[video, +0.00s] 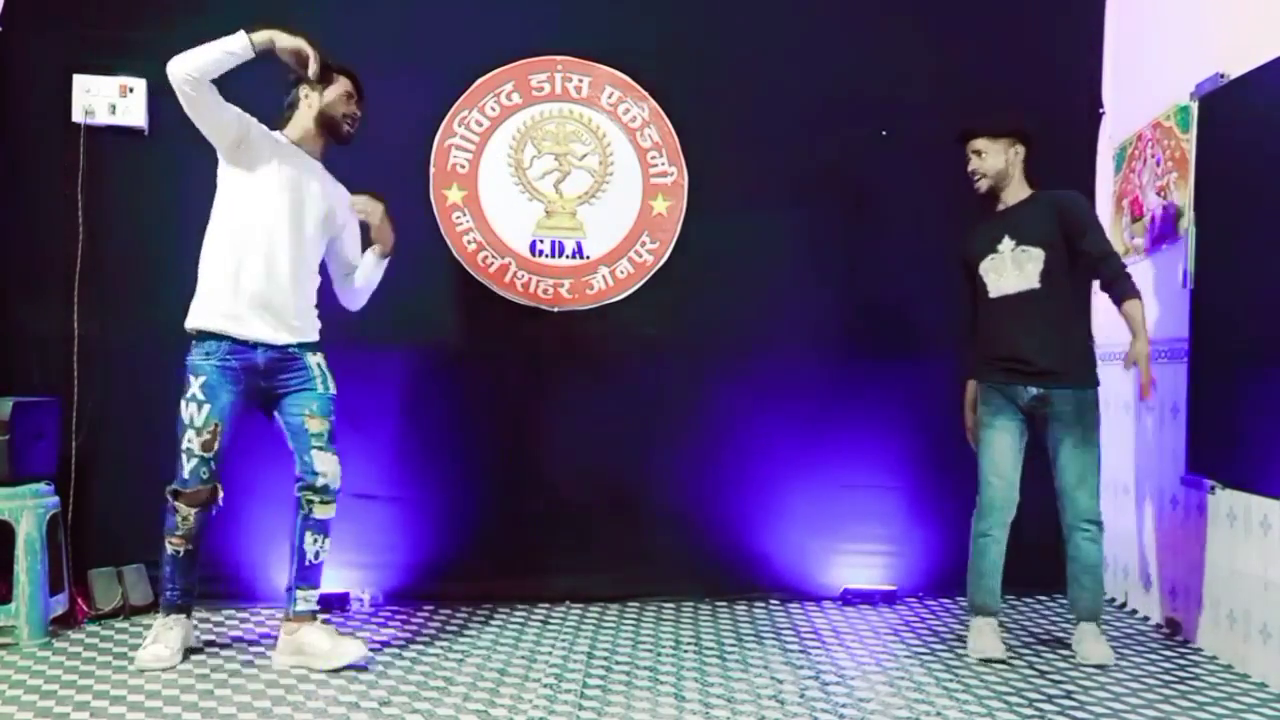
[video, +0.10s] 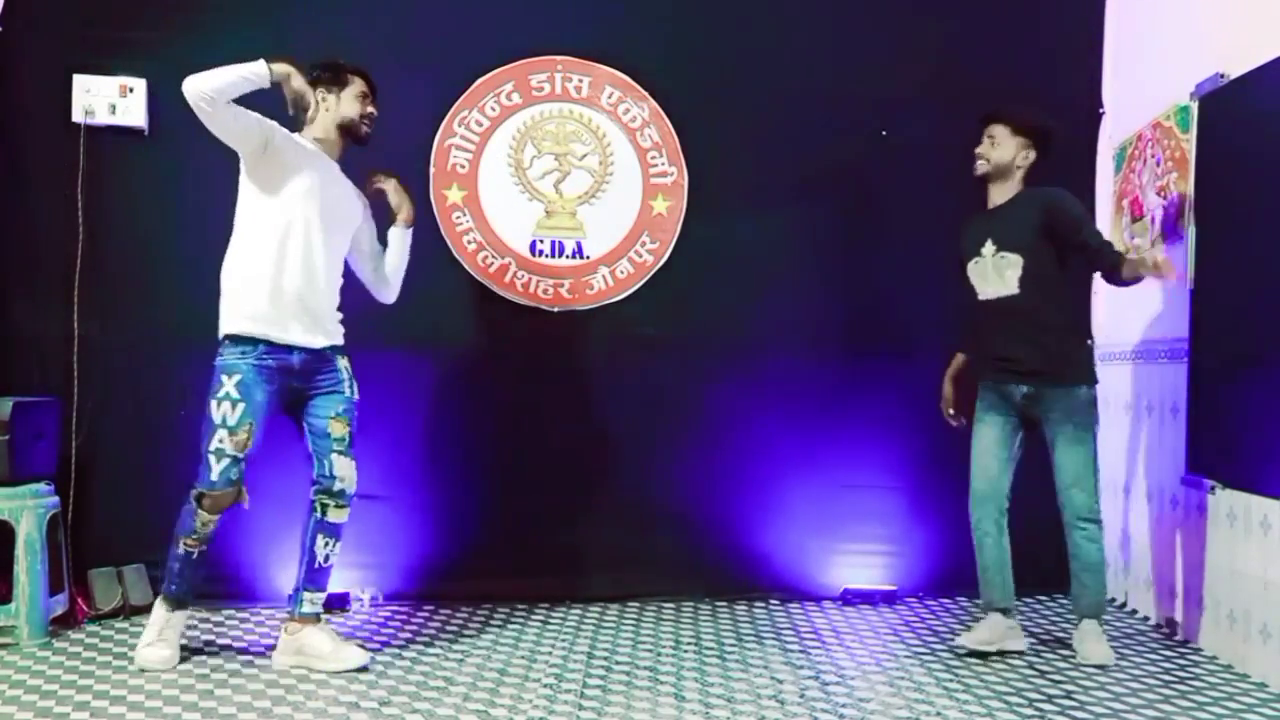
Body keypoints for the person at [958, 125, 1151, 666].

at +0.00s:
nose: (971, 166)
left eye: (980, 154)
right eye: (969, 157)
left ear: (1015, 153)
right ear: (979, 163)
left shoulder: (1064, 208)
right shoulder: (978, 235)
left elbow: (1111, 272)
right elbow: (975, 320)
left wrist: (1139, 335)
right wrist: (971, 391)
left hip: (1067, 381)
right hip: (998, 384)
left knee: (1080, 509)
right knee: (994, 504)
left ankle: (1087, 624)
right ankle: (983, 620)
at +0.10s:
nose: (981, 148)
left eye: (994, 140)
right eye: (981, 141)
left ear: (1025, 154)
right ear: (985, 154)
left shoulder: (1052, 205)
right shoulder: (975, 227)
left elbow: (1107, 263)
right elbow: (986, 313)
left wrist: (1139, 265)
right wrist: (956, 368)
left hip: (1064, 382)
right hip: (996, 382)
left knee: (1079, 507)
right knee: (985, 501)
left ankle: (1089, 623)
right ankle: (1000, 618)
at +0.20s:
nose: (981, 147)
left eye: (996, 145)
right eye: (985, 140)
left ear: (1019, 168)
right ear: (982, 157)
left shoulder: (1035, 211)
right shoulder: (964, 224)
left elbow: (1109, 270)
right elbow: (984, 302)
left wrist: (1106, 224)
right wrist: (943, 337)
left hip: (1054, 381)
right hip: (994, 380)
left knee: (1072, 506)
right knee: (975, 494)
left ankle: (1091, 623)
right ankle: (1016, 614)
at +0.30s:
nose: (962, 155)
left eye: (978, 154)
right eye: (967, 148)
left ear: (1001, 179)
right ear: (960, 172)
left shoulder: (1012, 219)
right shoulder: (952, 229)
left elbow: (1087, 281)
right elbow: (967, 301)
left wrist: (1040, 240)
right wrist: (923, 337)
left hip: (1040, 385)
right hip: (986, 386)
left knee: (1042, 504)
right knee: (974, 504)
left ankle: (1087, 616)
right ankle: (1015, 622)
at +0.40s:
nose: (930, 168)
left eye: (945, 165)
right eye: (931, 162)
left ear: (971, 186)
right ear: (924, 183)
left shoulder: (994, 230)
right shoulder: (934, 244)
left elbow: (1058, 300)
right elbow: (946, 314)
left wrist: (1005, 292)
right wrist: (903, 362)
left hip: (1024, 383)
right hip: (975, 386)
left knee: (985, 488)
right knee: (961, 499)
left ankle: (1052, 601)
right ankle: (1011, 616)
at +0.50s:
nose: (895, 176)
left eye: (908, 167)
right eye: (893, 168)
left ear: (939, 179)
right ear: (892, 184)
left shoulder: (978, 225)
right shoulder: (905, 255)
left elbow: (1031, 305)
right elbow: (926, 330)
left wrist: (986, 343)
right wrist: (905, 387)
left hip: (1005, 378)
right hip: (956, 384)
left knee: (956, 489)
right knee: (958, 495)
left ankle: (979, 621)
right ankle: (1016, 620)